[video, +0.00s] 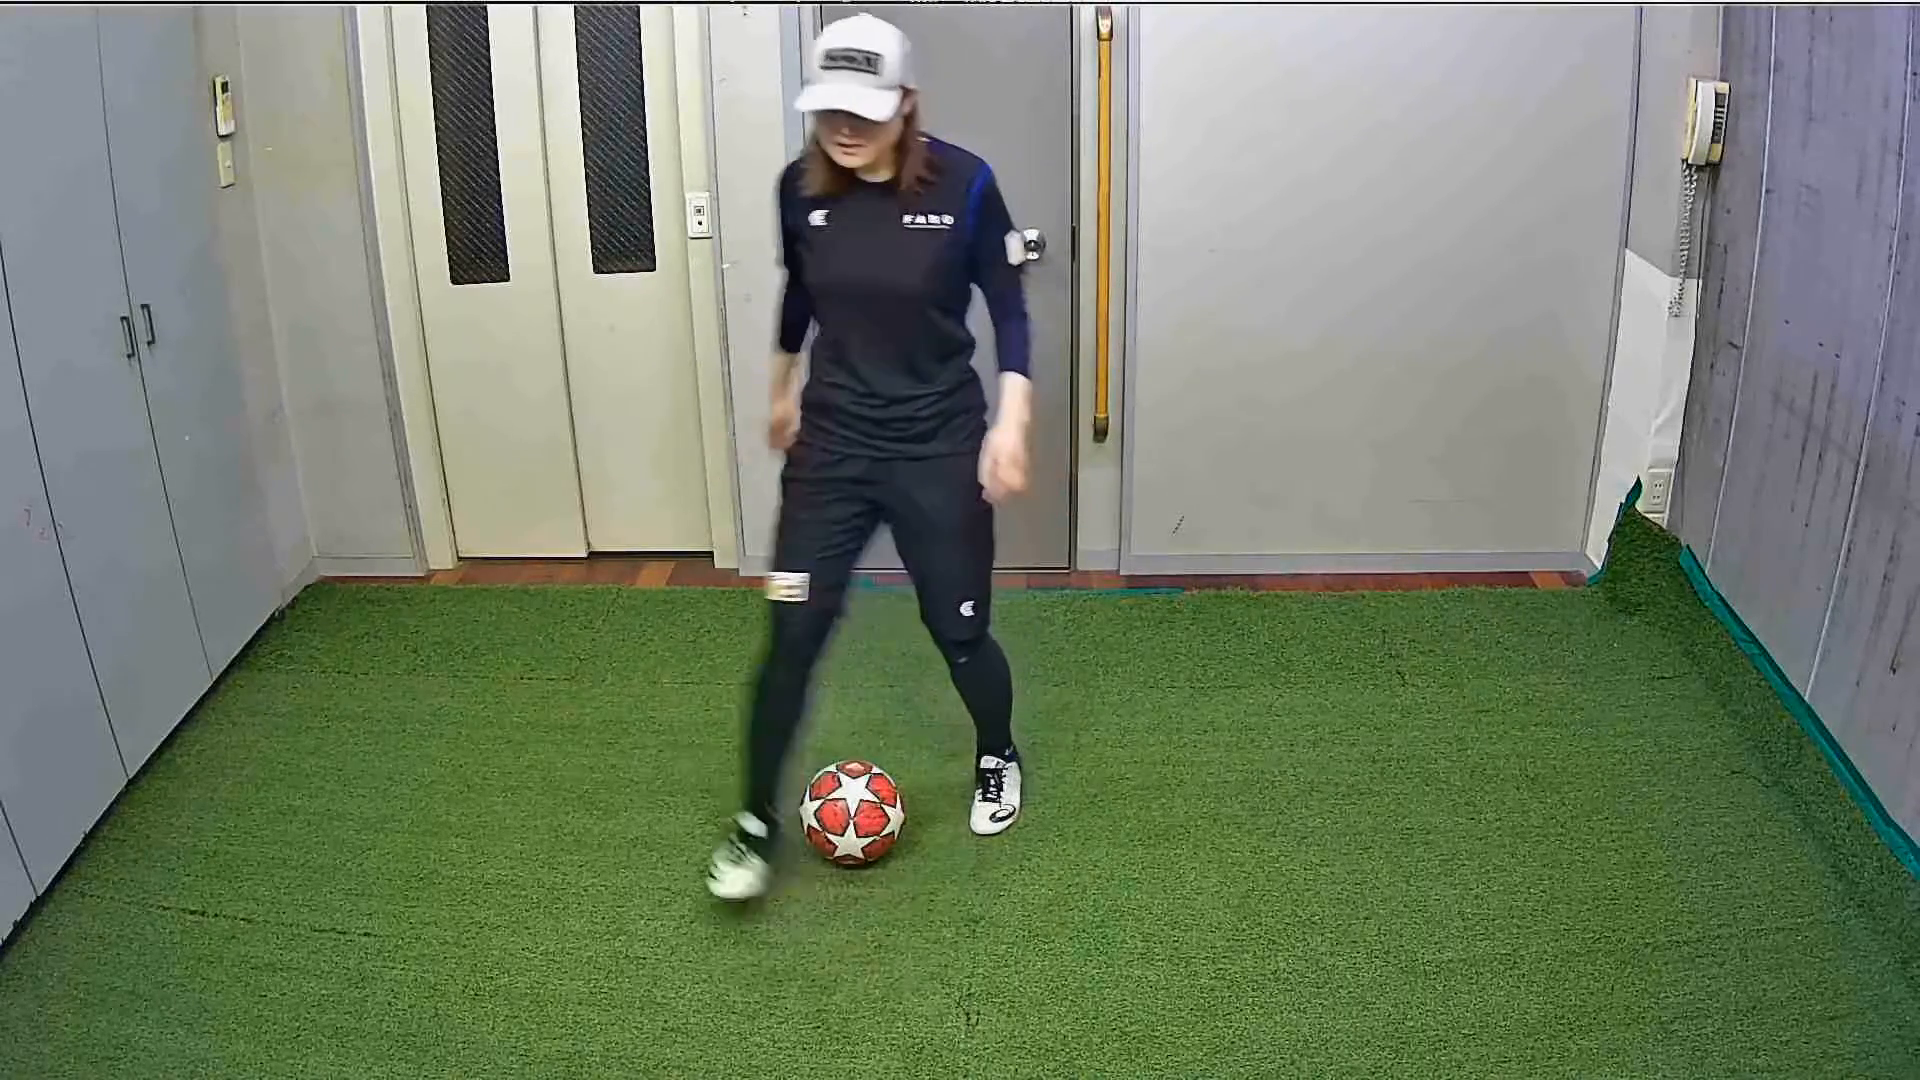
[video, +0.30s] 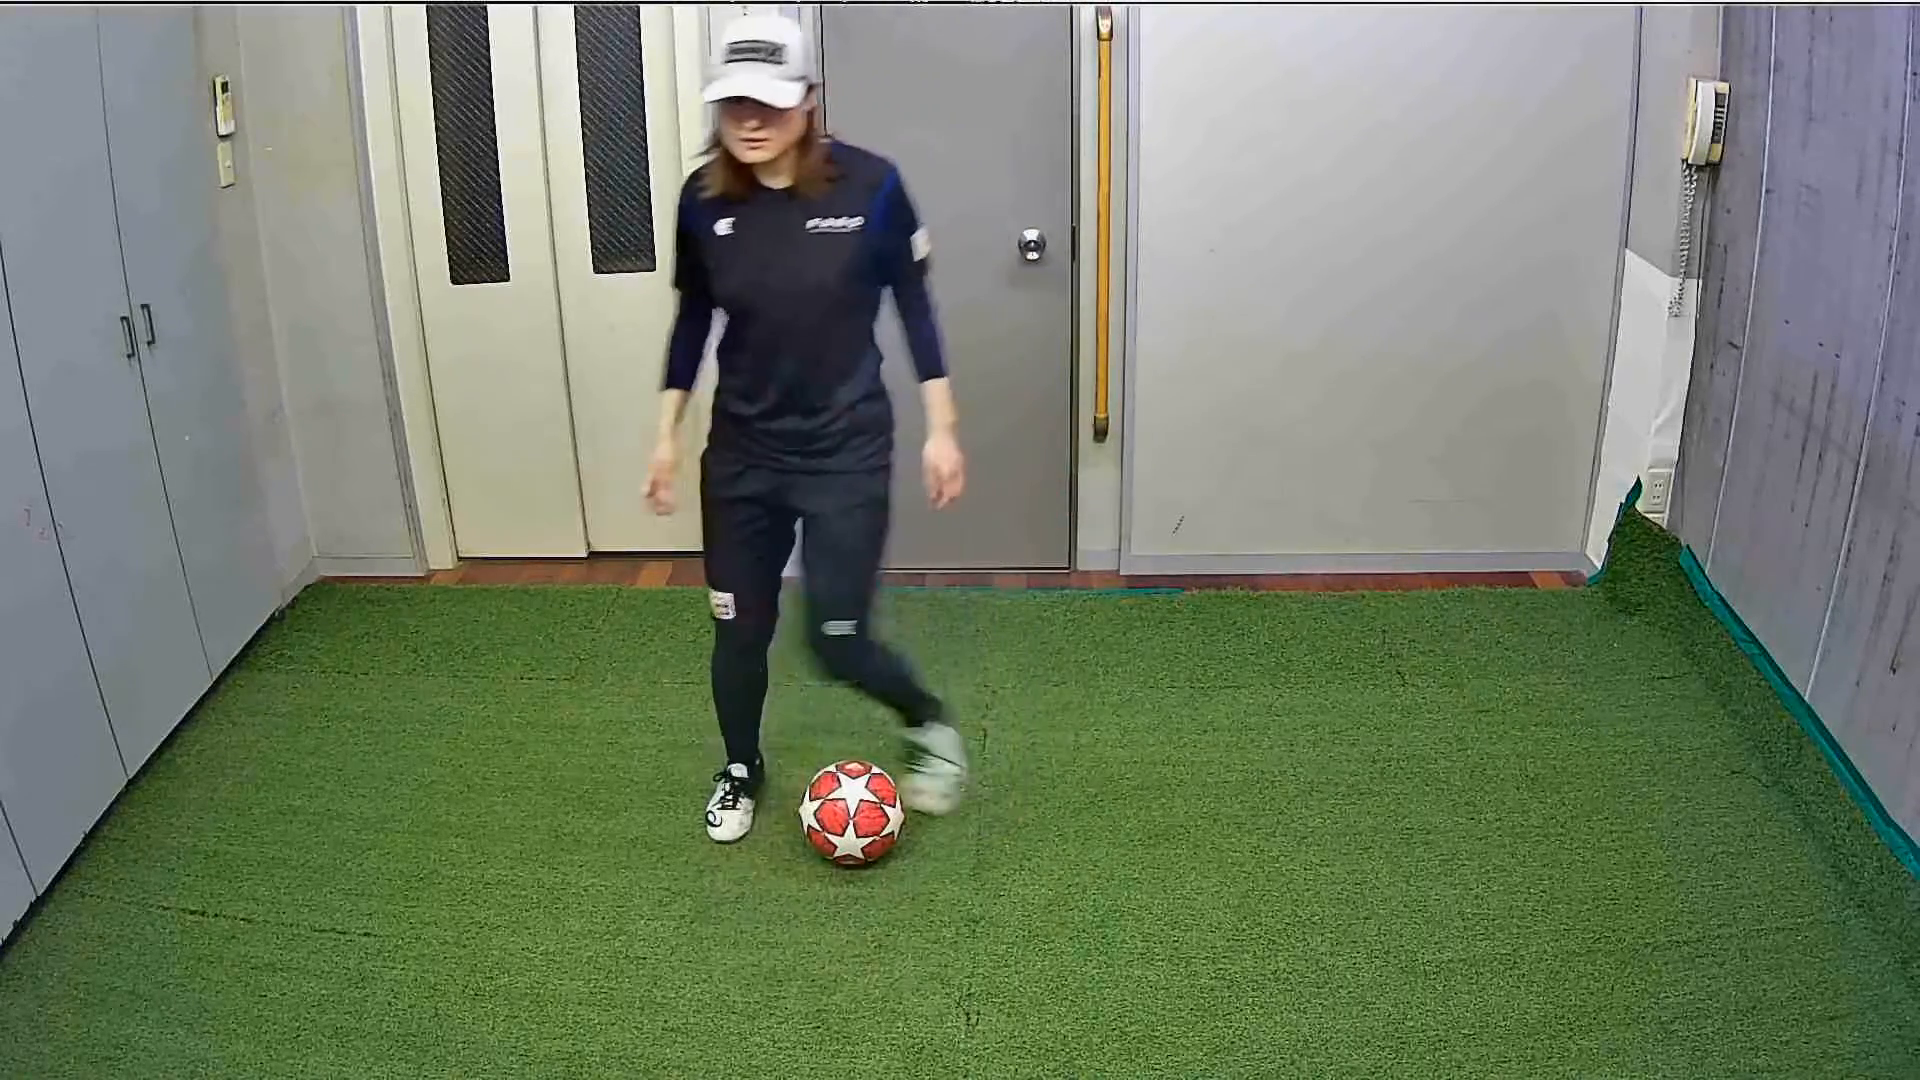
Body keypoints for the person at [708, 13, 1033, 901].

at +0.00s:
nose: (846, 127)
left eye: (864, 112)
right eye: (830, 111)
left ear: (903, 106)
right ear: (810, 108)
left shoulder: (963, 184)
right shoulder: (800, 187)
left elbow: (1009, 306)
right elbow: (799, 288)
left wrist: (1011, 420)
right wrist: (782, 391)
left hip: (939, 442)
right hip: (832, 442)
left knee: (960, 626)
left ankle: (997, 758)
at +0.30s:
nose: (750, 120)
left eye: (770, 103)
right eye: (733, 103)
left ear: (811, 103)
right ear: (714, 108)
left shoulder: (870, 186)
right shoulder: (704, 201)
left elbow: (915, 300)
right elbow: (694, 312)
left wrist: (942, 427)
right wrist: (666, 436)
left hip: (846, 446)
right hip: (742, 447)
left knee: (839, 644)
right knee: (738, 626)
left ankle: (930, 722)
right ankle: (741, 770)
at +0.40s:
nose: (721, 123)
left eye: (742, 107)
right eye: (705, 108)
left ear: (779, 108)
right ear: (686, 114)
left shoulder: (844, 185)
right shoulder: (681, 210)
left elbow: (879, 302)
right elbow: (658, 331)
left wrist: (903, 409)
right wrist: (631, 451)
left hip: (829, 451)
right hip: (727, 452)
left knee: (772, 645)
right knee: (726, 630)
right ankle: (742, 769)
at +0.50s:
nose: (715, 124)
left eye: (735, 107)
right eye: (698, 108)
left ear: (773, 106)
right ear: (678, 114)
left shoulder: (837, 183)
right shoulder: (671, 212)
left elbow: (874, 298)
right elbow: (647, 340)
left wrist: (892, 411)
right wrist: (623, 461)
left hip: (828, 450)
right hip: (724, 452)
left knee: (778, 643)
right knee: (727, 634)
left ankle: (765, 794)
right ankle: (740, 772)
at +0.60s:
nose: (714, 122)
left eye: (733, 105)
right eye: (697, 107)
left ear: (769, 106)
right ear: (677, 115)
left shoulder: (835, 181)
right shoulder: (663, 215)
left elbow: (873, 302)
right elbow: (642, 344)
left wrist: (894, 425)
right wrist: (622, 469)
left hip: (831, 445)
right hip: (724, 454)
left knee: (805, 635)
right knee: (733, 632)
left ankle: (800, 836)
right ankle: (743, 770)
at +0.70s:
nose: (724, 120)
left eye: (742, 103)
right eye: (707, 104)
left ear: (776, 104)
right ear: (684, 110)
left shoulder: (837, 179)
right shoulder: (663, 208)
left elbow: (872, 303)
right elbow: (649, 340)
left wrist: (897, 426)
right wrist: (632, 469)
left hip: (838, 436)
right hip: (729, 447)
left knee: (854, 633)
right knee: (734, 628)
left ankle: (888, 828)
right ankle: (741, 772)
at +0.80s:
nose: (751, 114)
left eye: (772, 98)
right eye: (734, 95)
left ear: (803, 100)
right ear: (708, 99)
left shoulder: (858, 182)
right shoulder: (689, 197)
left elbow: (886, 313)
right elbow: (673, 324)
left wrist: (915, 437)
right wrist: (657, 452)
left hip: (857, 437)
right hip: (747, 446)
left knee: (915, 619)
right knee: (743, 624)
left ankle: (984, 788)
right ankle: (744, 772)